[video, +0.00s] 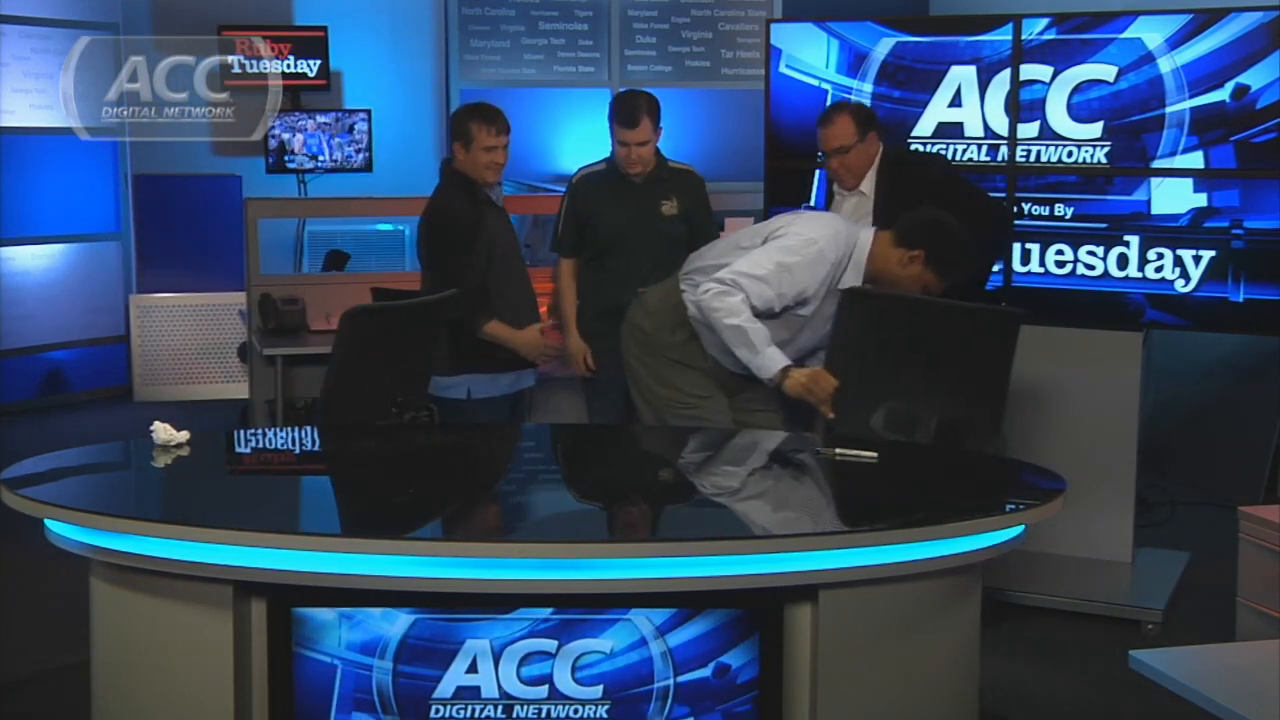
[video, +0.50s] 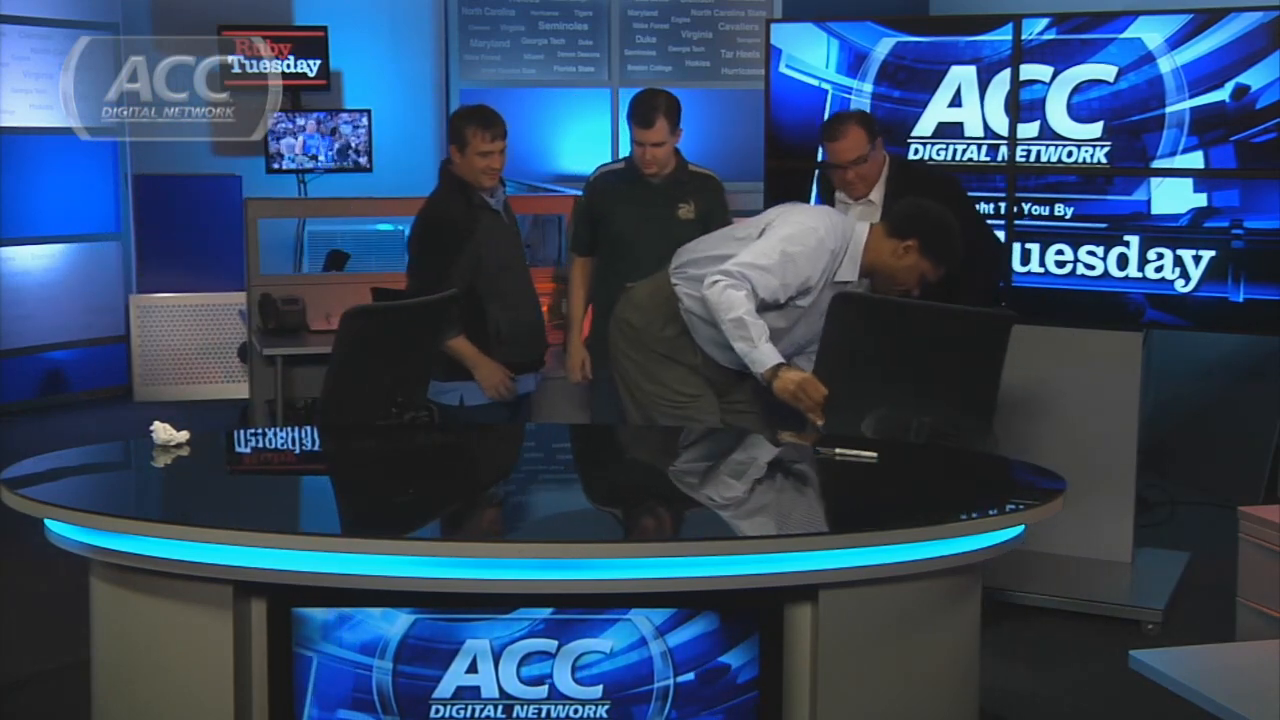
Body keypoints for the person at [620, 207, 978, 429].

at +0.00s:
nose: (917, 298)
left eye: (925, 293)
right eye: (924, 288)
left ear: (911, 257)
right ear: (913, 257)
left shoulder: (856, 279)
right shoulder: (820, 245)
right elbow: (712, 292)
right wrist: (783, 373)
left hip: (731, 346)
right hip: (667, 329)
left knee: (770, 439)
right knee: (714, 436)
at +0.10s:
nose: (913, 297)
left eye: (923, 291)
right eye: (922, 286)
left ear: (905, 252)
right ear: (908, 254)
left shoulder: (849, 274)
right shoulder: (816, 241)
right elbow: (709, 291)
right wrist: (771, 371)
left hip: (721, 343)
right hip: (662, 332)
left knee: (770, 447)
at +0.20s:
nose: (913, 291)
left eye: (922, 284)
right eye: (921, 279)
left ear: (901, 244)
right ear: (905, 247)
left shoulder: (845, 276)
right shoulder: (812, 236)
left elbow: (796, 348)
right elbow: (717, 289)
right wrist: (773, 371)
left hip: (721, 343)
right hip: (659, 327)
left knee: (758, 448)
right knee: (709, 449)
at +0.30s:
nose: (912, 286)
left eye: (922, 280)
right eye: (920, 274)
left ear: (900, 239)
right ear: (904, 242)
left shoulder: (848, 276)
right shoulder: (811, 231)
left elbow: (810, 351)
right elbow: (720, 286)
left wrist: (806, 419)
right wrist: (778, 368)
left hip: (722, 342)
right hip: (658, 324)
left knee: (773, 451)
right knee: (714, 454)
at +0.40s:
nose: (912, 288)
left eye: (922, 282)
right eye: (921, 276)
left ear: (900, 239)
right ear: (904, 242)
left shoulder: (847, 277)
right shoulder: (813, 231)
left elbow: (809, 351)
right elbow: (723, 287)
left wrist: (806, 419)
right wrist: (779, 369)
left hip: (720, 342)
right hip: (657, 325)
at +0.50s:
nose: (912, 291)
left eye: (922, 285)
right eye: (921, 278)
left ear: (901, 243)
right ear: (906, 246)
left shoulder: (846, 278)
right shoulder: (815, 234)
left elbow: (799, 350)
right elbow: (724, 287)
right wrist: (775, 370)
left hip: (718, 342)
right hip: (656, 324)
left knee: (766, 446)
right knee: (708, 448)